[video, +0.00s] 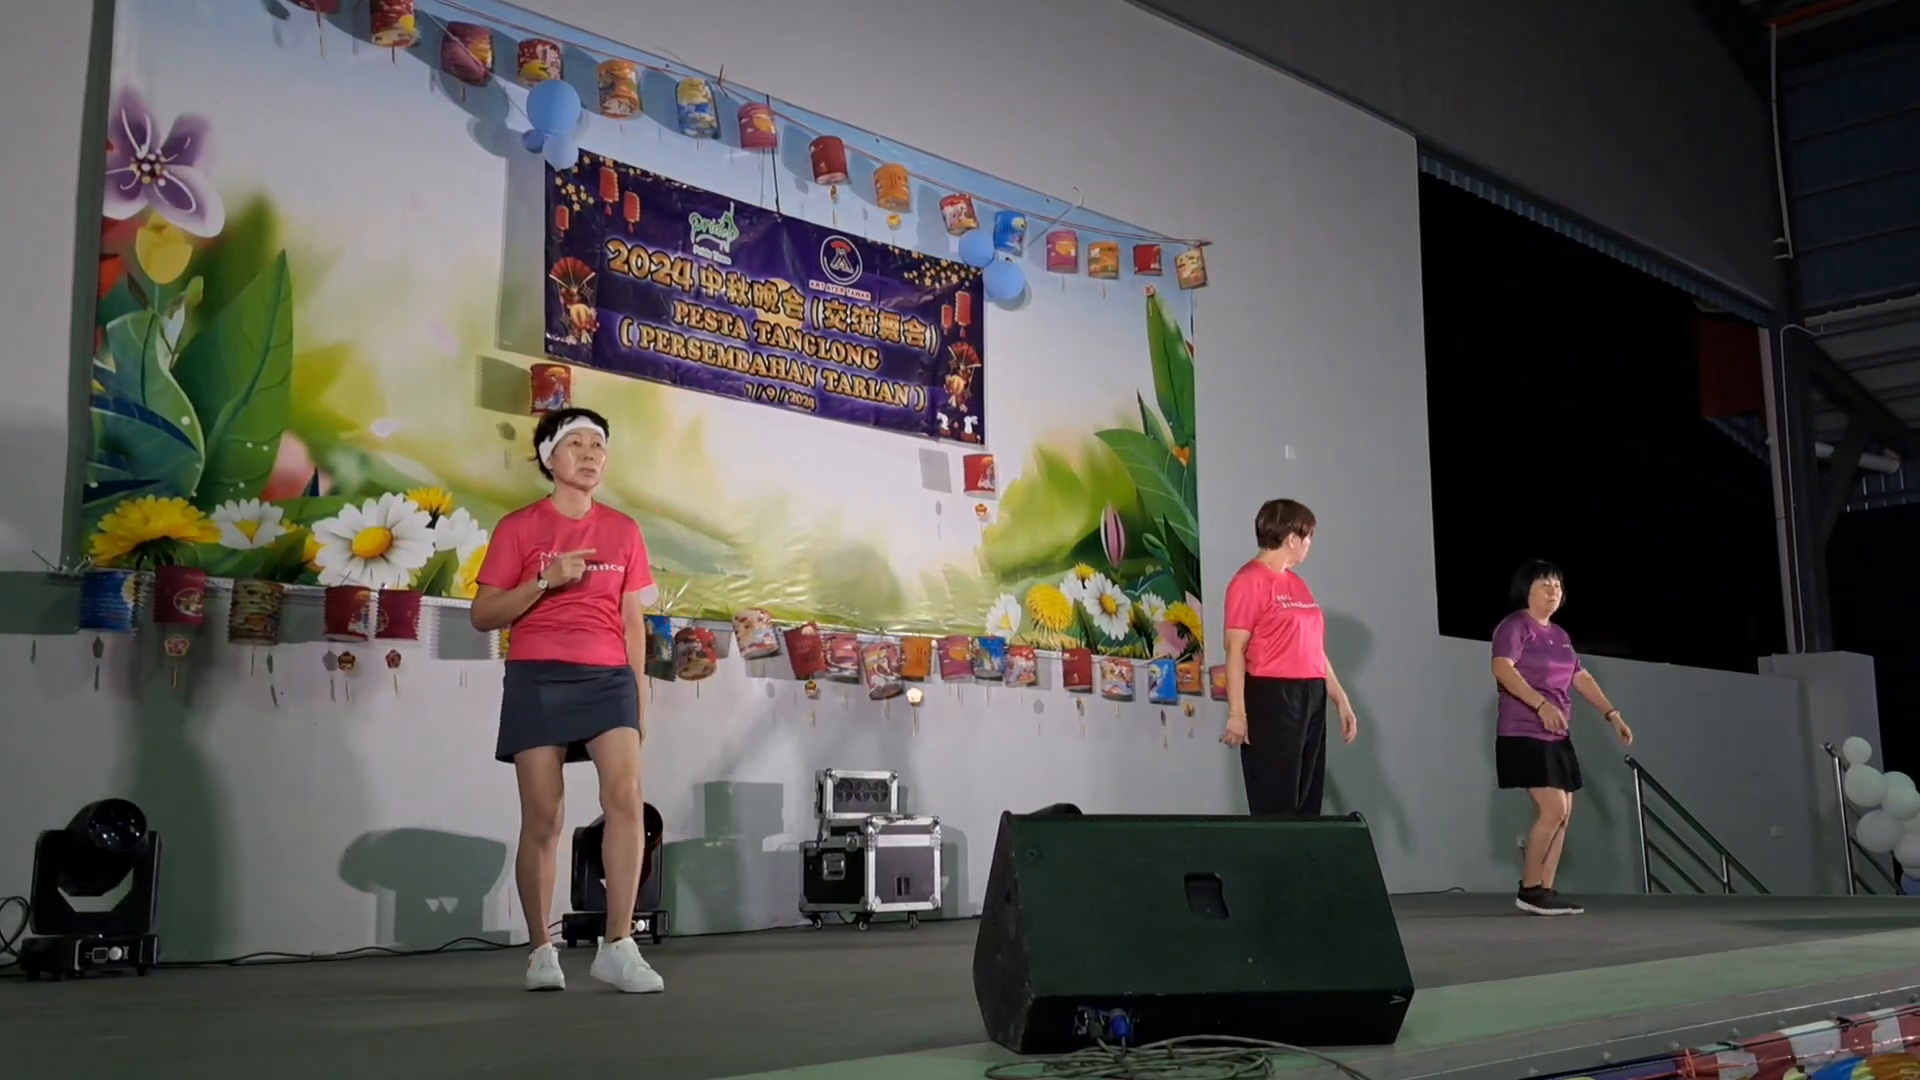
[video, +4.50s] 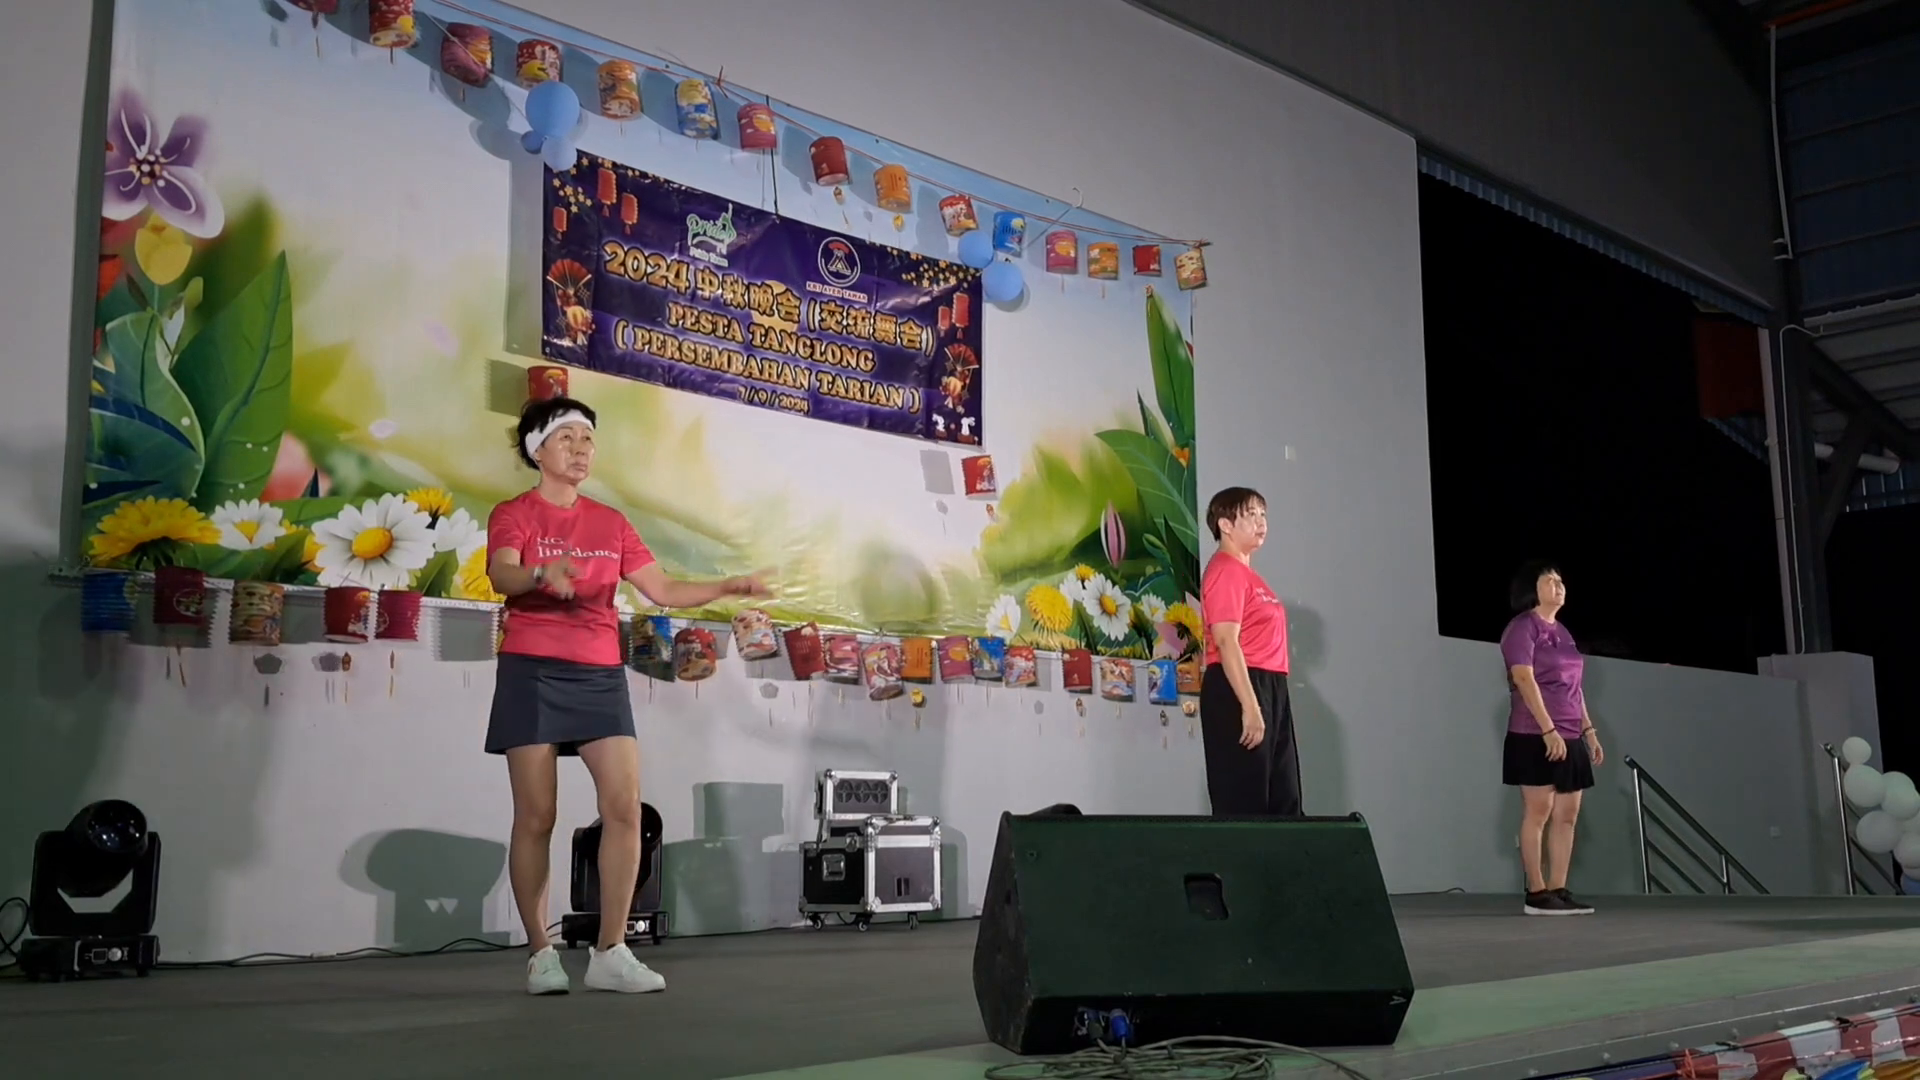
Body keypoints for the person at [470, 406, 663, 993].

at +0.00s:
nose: (589, 453)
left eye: (597, 446)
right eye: (576, 444)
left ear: (606, 461)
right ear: (549, 456)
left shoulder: (623, 530)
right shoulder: (518, 527)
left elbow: (634, 623)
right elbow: (484, 615)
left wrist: (637, 699)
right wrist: (545, 580)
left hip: (610, 680)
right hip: (536, 680)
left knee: (625, 796)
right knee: (543, 818)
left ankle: (618, 943)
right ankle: (543, 947)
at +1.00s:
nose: (590, 450)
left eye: (596, 442)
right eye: (577, 440)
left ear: (602, 454)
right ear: (546, 451)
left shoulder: (617, 522)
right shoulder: (522, 517)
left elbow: (627, 610)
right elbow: (517, 603)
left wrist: (630, 675)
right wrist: (582, 562)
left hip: (609, 677)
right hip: (540, 677)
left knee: (630, 794)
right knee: (540, 815)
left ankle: (620, 941)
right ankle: (542, 948)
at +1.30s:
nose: (608, 443)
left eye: (613, 436)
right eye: (594, 435)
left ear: (620, 453)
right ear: (565, 450)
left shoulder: (639, 522)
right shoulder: (547, 511)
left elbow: (649, 607)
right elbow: (550, 593)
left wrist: (658, 668)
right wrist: (617, 617)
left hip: (638, 675)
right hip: (572, 673)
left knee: (638, 810)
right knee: (560, 819)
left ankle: (618, 950)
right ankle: (545, 946)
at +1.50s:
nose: (633, 449)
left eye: (638, 442)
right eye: (619, 439)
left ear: (642, 455)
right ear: (587, 451)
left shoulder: (657, 526)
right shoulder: (565, 514)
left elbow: (677, 616)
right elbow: (567, 606)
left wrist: (694, 692)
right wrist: (579, 688)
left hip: (664, 677)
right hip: (597, 675)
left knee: (652, 814)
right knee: (591, 818)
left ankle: (621, 950)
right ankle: (553, 931)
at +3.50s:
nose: (596, 448)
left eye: (601, 440)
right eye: (583, 438)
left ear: (606, 453)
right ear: (551, 448)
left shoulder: (617, 523)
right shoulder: (518, 520)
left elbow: (632, 614)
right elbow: (491, 612)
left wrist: (646, 684)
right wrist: (539, 664)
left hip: (611, 681)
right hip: (538, 678)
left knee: (637, 800)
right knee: (542, 813)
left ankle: (617, 942)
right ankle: (542, 949)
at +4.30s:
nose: (583, 446)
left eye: (589, 438)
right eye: (570, 436)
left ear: (595, 449)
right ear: (538, 447)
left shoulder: (609, 521)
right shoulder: (515, 514)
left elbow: (651, 603)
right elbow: (502, 591)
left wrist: (710, 661)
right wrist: (516, 648)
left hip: (602, 676)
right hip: (534, 673)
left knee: (624, 807)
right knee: (537, 815)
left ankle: (609, 951)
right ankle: (542, 949)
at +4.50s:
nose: (580, 448)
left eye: (587, 438)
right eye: (566, 438)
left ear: (593, 450)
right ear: (536, 450)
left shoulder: (611, 523)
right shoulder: (513, 516)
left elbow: (664, 591)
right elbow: (503, 580)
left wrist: (731, 586)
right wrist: (540, 577)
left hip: (600, 676)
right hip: (530, 674)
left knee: (624, 807)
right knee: (536, 816)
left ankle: (610, 950)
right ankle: (542, 950)